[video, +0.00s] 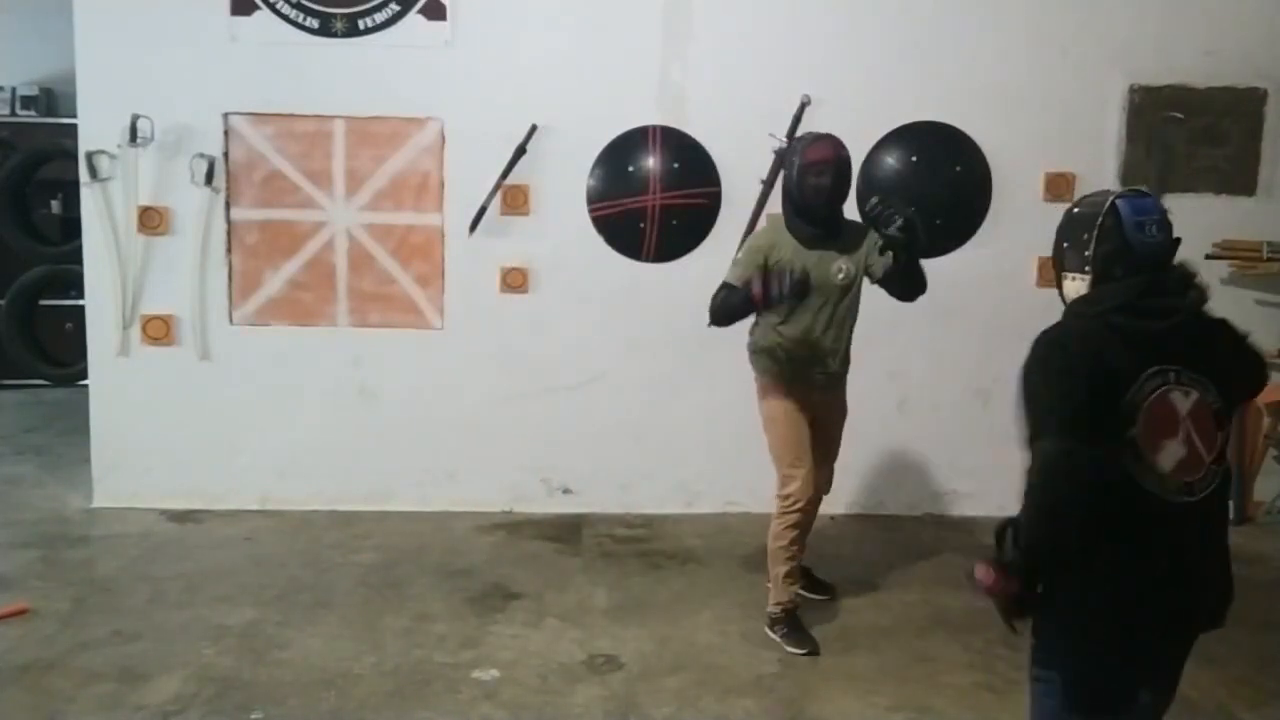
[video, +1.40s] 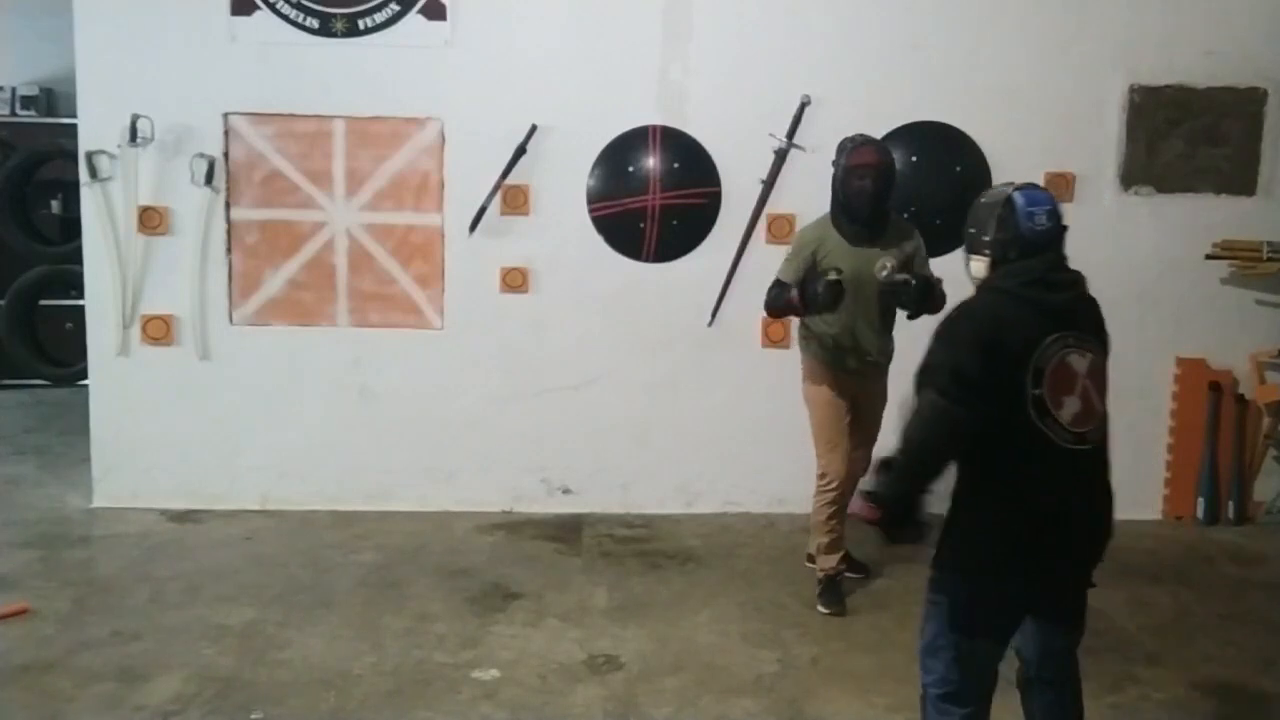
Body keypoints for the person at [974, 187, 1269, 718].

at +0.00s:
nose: (1062, 268)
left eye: (1068, 254)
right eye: (1066, 253)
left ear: (1091, 259)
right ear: (1158, 254)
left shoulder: (1066, 347)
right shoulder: (1213, 339)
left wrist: (1018, 565)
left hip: (1087, 591)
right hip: (1185, 588)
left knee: (1068, 703)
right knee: (1142, 703)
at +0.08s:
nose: (1065, 271)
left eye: (1071, 257)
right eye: (1067, 257)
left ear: (1093, 257)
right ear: (1157, 253)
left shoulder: (1078, 340)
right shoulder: (1205, 336)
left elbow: (1057, 460)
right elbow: (1242, 381)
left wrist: (1003, 535)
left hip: (1093, 583)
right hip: (1183, 585)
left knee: (1056, 700)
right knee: (1135, 701)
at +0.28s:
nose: (1058, 256)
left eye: (1064, 244)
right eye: (1060, 243)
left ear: (1085, 247)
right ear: (1146, 243)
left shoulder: (1069, 326)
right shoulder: (1188, 318)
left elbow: (1016, 421)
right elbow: (1243, 348)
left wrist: (931, 482)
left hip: (1084, 570)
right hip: (1174, 571)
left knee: (1049, 696)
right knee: (1134, 700)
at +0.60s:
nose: (1010, 268)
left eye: (1016, 255)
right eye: (1013, 254)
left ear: (1036, 259)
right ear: (1100, 253)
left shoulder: (1020, 341)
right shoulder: (1146, 327)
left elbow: (973, 449)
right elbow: (1187, 379)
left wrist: (902, 524)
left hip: (1039, 578)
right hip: (1127, 573)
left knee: (1016, 700)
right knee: (1082, 698)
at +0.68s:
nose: (1015, 266)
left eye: (1022, 255)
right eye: (1019, 254)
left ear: (1041, 261)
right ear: (1100, 258)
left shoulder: (1024, 345)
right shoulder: (1142, 339)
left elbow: (988, 455)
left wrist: (921, 523)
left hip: (1034, 576)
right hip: (1113, 569)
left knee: (1016, 700)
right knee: (1071, 695)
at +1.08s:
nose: (1000, 259)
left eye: (1006, 246)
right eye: (1002, 245)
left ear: (1025, 250)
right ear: (1080, 247)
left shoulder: (1011, 326)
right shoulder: (1116, 318)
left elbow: (987, 443)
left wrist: (955, 514)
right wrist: (979, 373)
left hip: (1024, 539)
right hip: (1105, 537)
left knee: (970, 681)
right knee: (1057, 676)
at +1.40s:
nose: (972, 255)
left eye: (978, 244)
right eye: (975, 243)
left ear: (994, 248)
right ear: (1048, 242)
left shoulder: (979, 320)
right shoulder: (1083, 311)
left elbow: (938, 422)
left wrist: (892, 491)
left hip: (992, 530)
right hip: (1075, 525)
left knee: (951, 680)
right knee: (1051, 676)